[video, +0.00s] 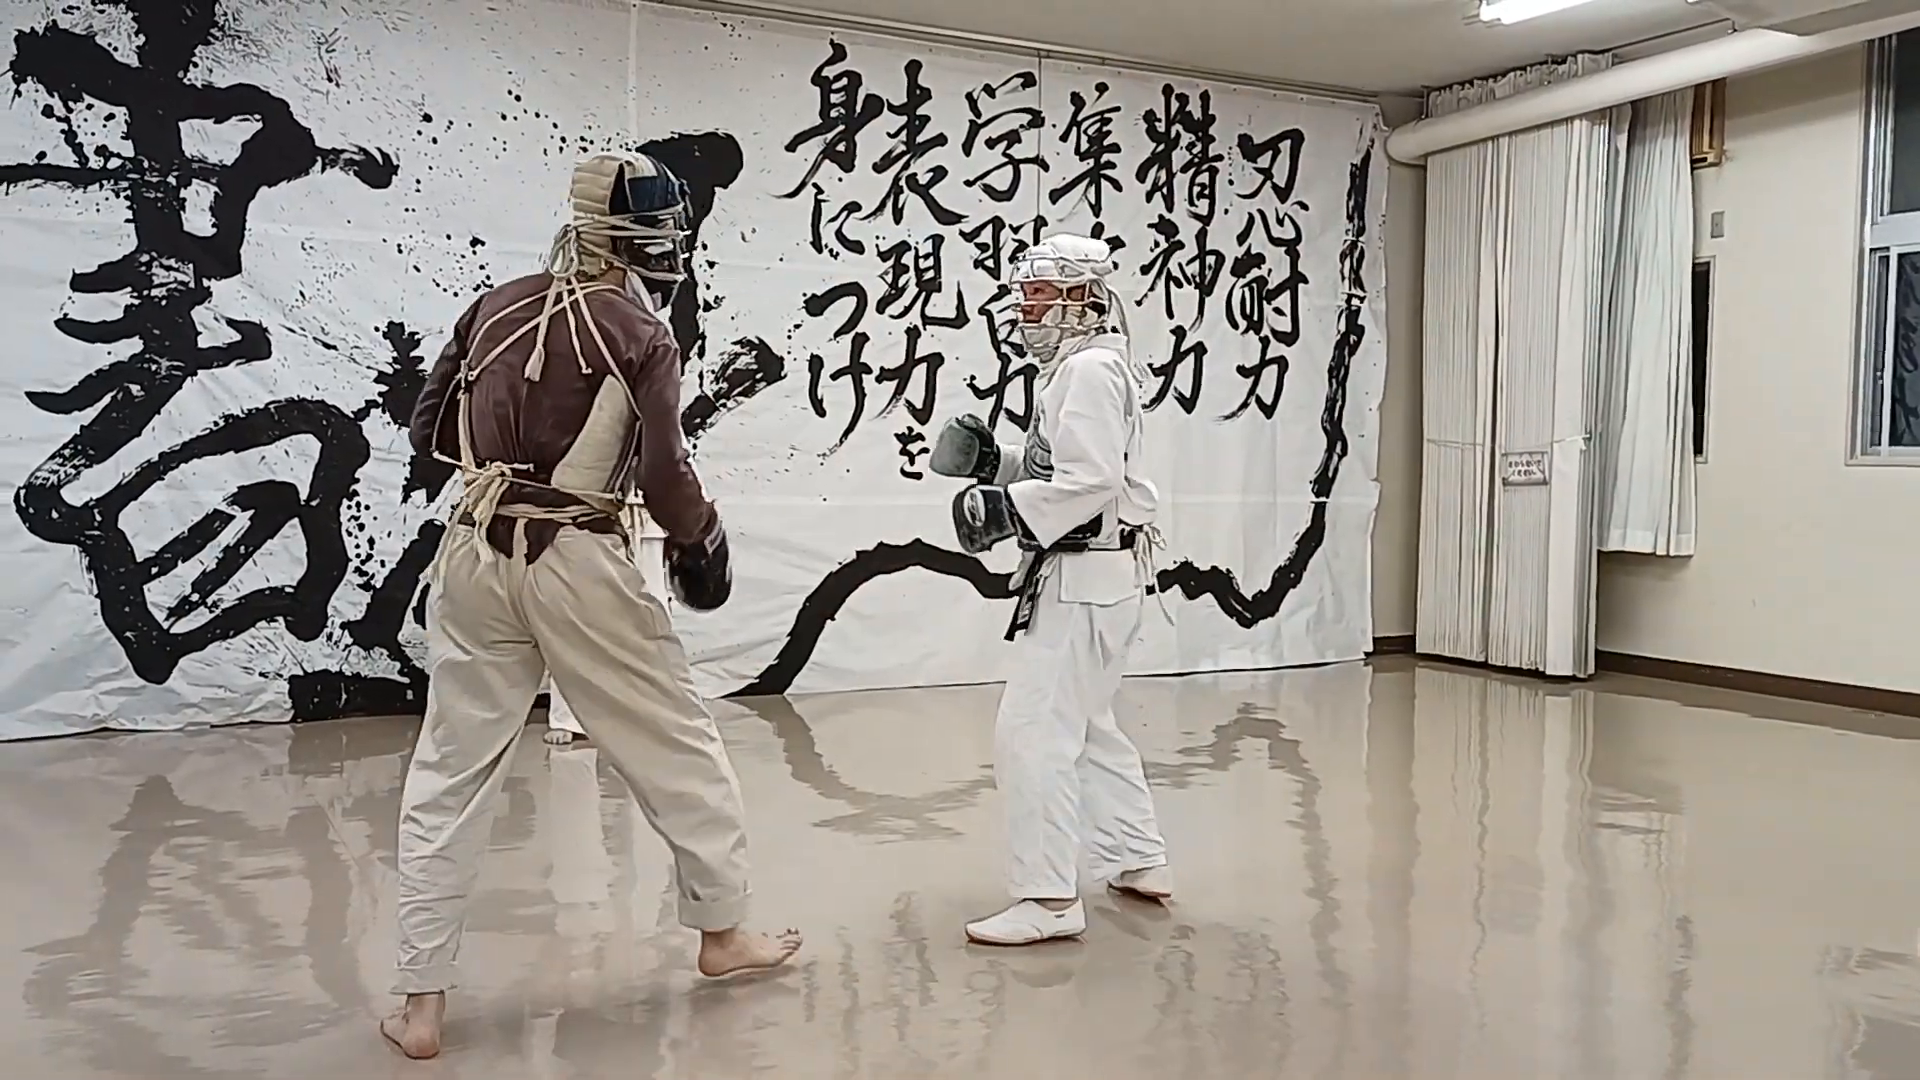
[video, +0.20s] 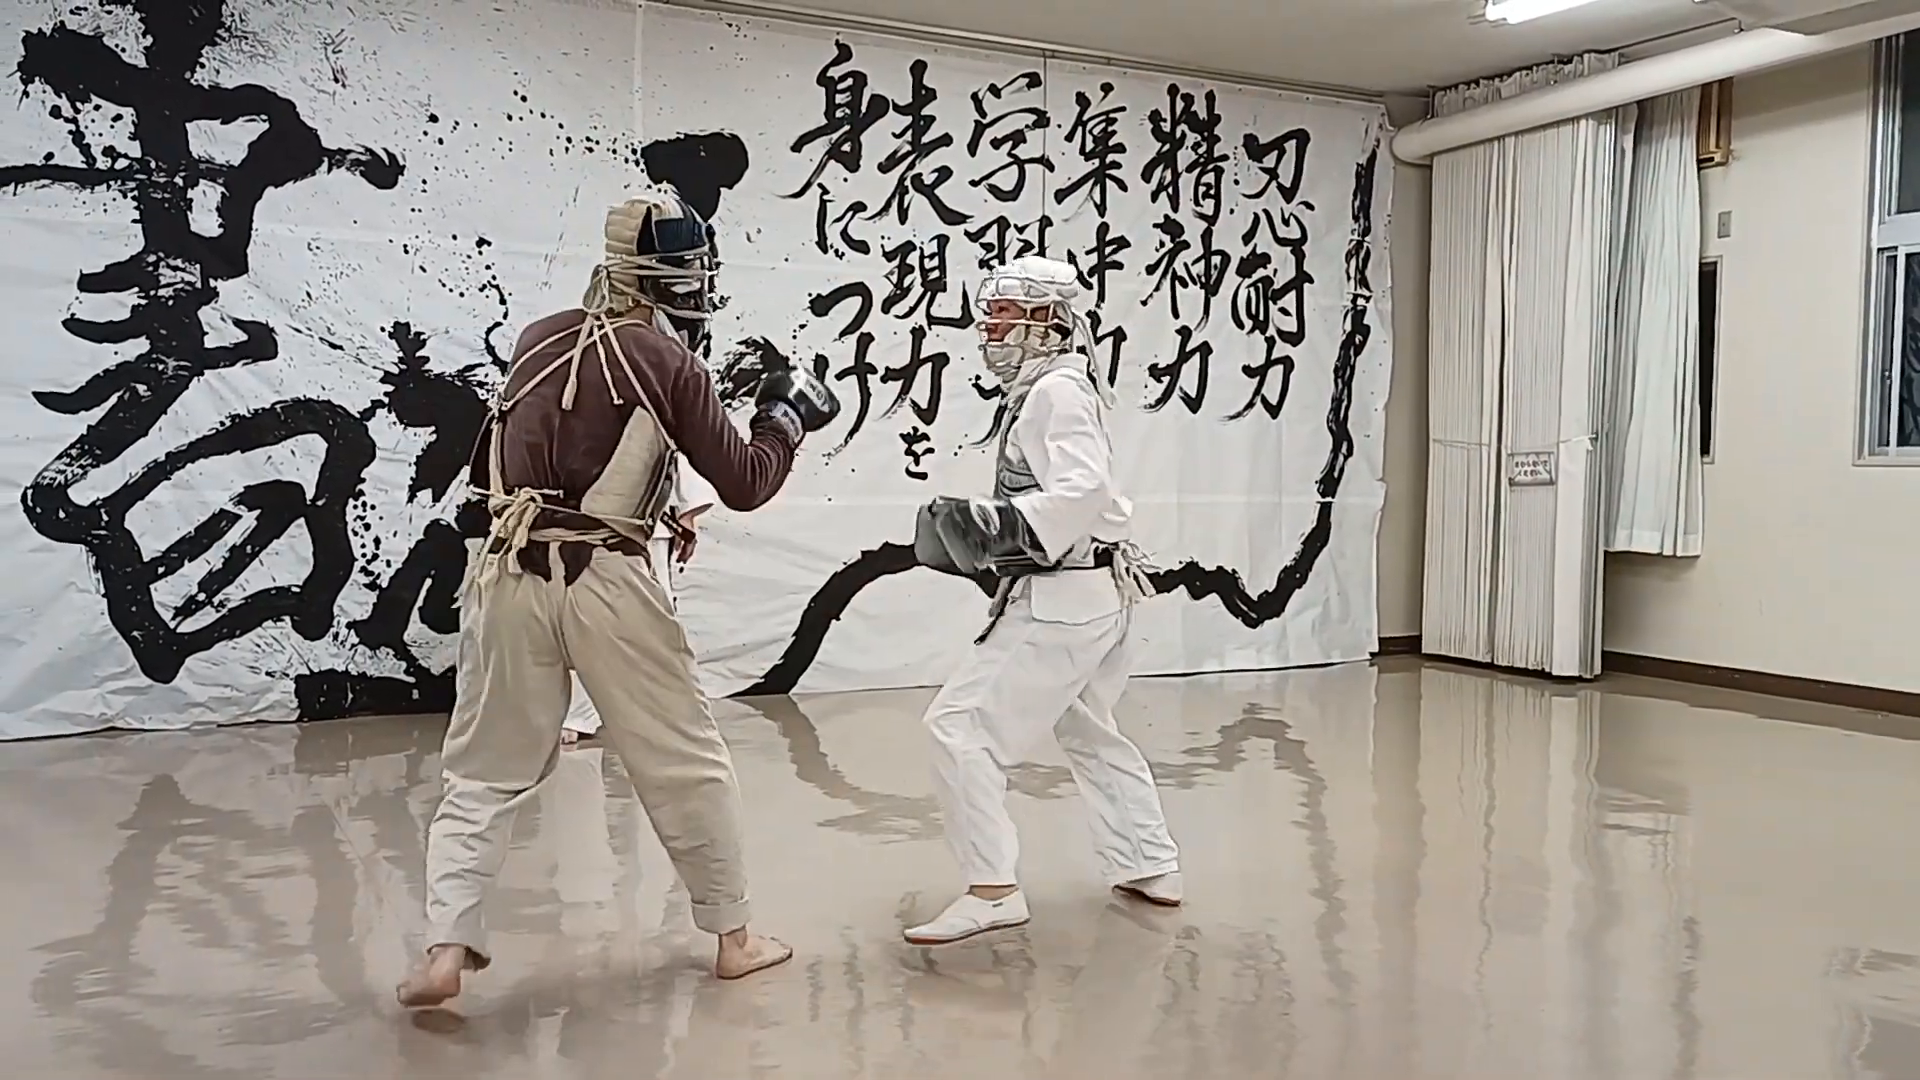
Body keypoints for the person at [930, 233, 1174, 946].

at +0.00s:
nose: (1025, 306)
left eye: (1038, 293)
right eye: (1024, 293)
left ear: (1077, 296)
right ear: (1057, 299)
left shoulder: (1088, 370)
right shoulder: (1085, 366)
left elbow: (1090, 478)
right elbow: (1068, 471)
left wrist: (1002, 507)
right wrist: (998, 460)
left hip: (1081, 576)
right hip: (1105, 571)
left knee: (1030, 726)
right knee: (1087, 719)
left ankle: (1050, 899)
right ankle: (1139, 862)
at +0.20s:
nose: (989, 331)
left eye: (1003, 316)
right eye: (988, 317)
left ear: (1045, 320)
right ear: (1032, 324)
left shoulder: (1057, 389)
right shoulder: (1052, 387)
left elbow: (1084, 491)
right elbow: (1085, 502)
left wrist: (999, 523)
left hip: (1064, 597)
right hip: (1103, 591)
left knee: (958, 722)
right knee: (1088, 728)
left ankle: (993, 888)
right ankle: (1153, 869)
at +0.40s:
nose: (916, 319)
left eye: (927, 308)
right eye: (917, 307)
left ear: (953, 313)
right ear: (993, 315)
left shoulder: (936, 375)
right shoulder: (1030, 391)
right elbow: (1086, 488)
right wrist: (1089, 562)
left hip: (963, 580)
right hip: (1040, 573)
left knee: (977, 757)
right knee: (1085, 725)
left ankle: (1031, 914)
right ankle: (1129, 850)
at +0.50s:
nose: (867, 293)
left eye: (879, 281)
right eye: (869, 280)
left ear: (911, 284)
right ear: (946, 287)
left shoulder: (874, 346)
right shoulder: (995, 358)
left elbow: (757, 368)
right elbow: (1066, 459)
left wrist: (657, 350)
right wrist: (1073, 549)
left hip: (919, 545)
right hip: (1004, 544)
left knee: (937, 732)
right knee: (1011, 714)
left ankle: (984, 890)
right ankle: (1019, 873)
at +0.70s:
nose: (771, 321)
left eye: (779, 310)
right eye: (772, 308)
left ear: (796, 312)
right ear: (846, 314)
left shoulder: (762, 375)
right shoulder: (893, 390)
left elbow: (670, 443)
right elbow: (952, 487)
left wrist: (725, 459)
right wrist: (919, 576)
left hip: (807, 602)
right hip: (893, 599)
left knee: (738, 762)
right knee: (931, 742)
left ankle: (695, 943)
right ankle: (1002, 888)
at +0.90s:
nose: (738, 323)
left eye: (750, 308)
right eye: (751, 309)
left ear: (779, 314)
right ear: (812, 320)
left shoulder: (785, 361)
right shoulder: (840, 390)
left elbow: (710, 271)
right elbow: (861, 502)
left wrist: (650, 195)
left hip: (784, 594)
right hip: (840, 595)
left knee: (694, 756)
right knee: (815, 733)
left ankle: (697, 941)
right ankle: (888, 861)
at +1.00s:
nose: (780, 315)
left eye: (792, 303)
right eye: (786, 301)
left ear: (811, 313)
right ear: (824, 316)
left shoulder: (816, 364)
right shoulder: (810, 379)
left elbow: (750, 271)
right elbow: (760, 496)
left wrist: (734, 203)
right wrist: (684, 497)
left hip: (795, 596)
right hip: (827, 593)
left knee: (703, 758)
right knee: (794, 722)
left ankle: (724, 935)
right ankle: (863, 858)